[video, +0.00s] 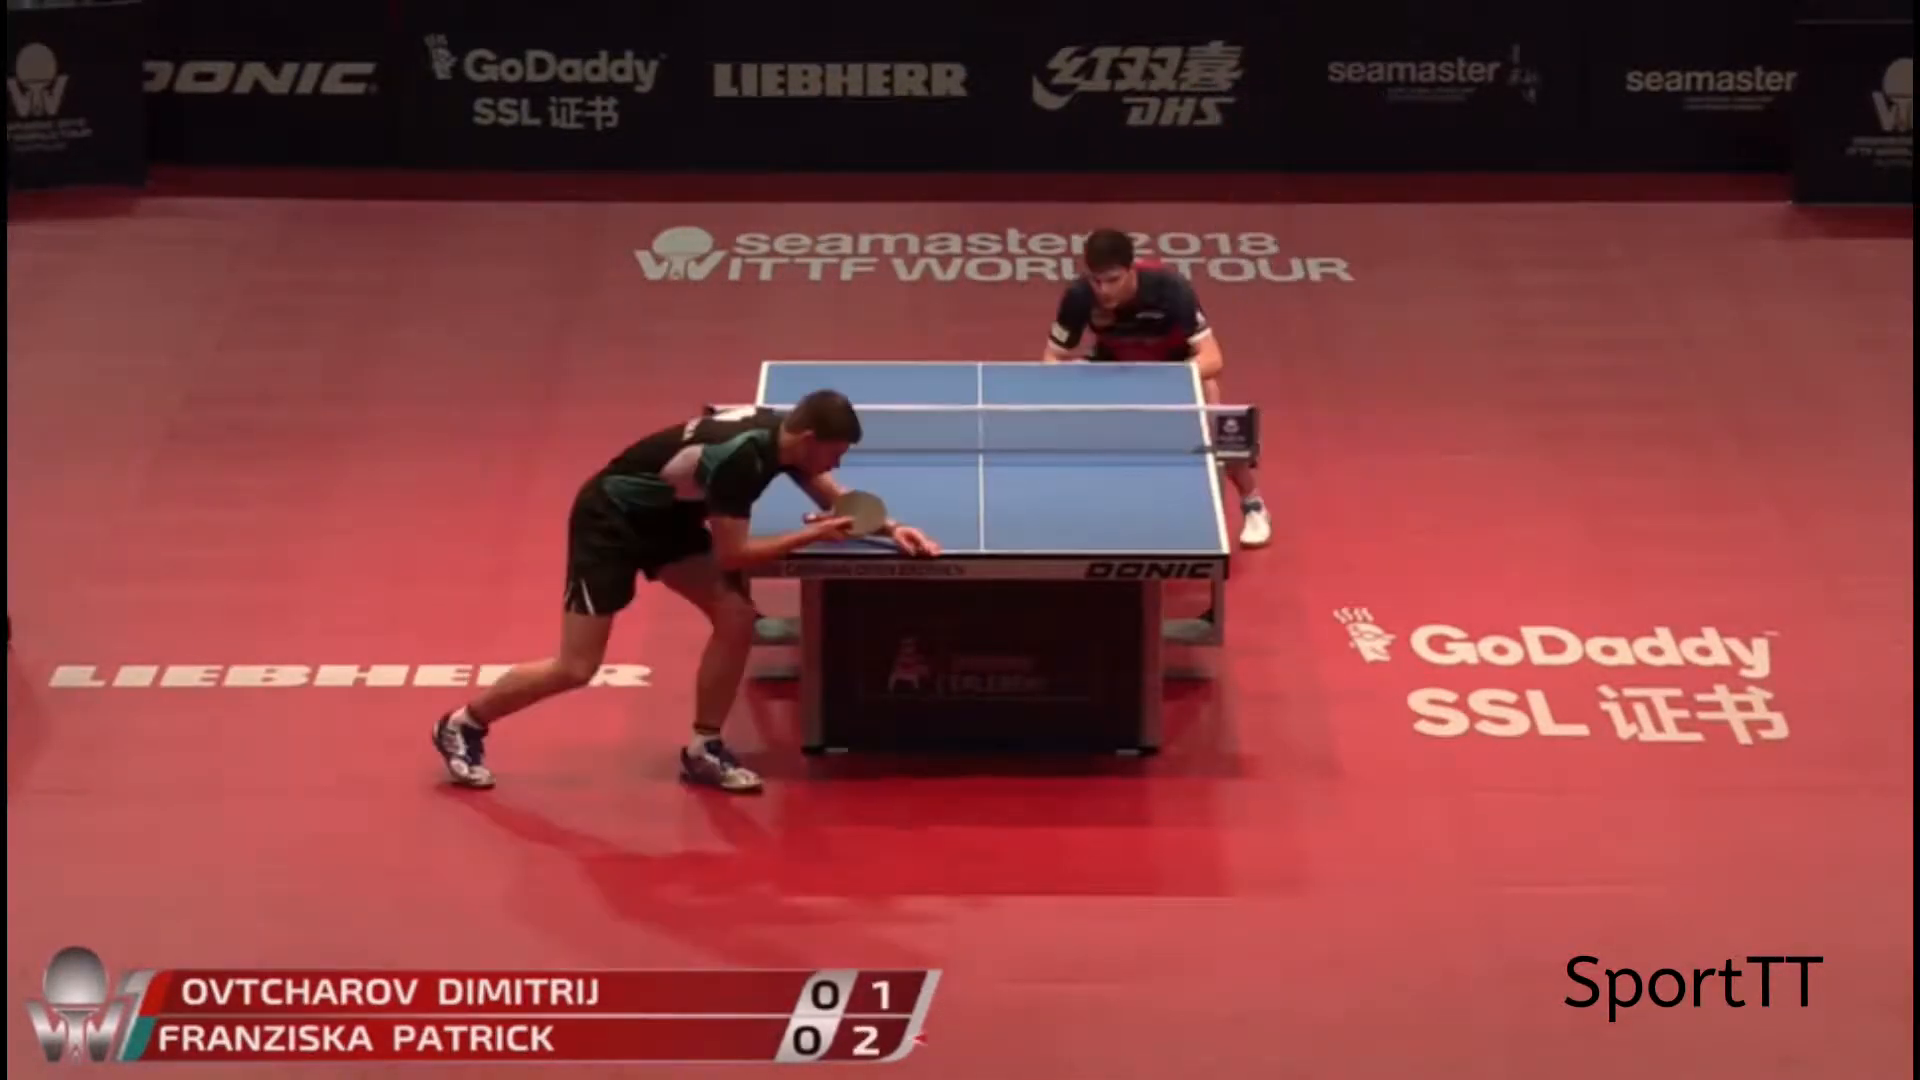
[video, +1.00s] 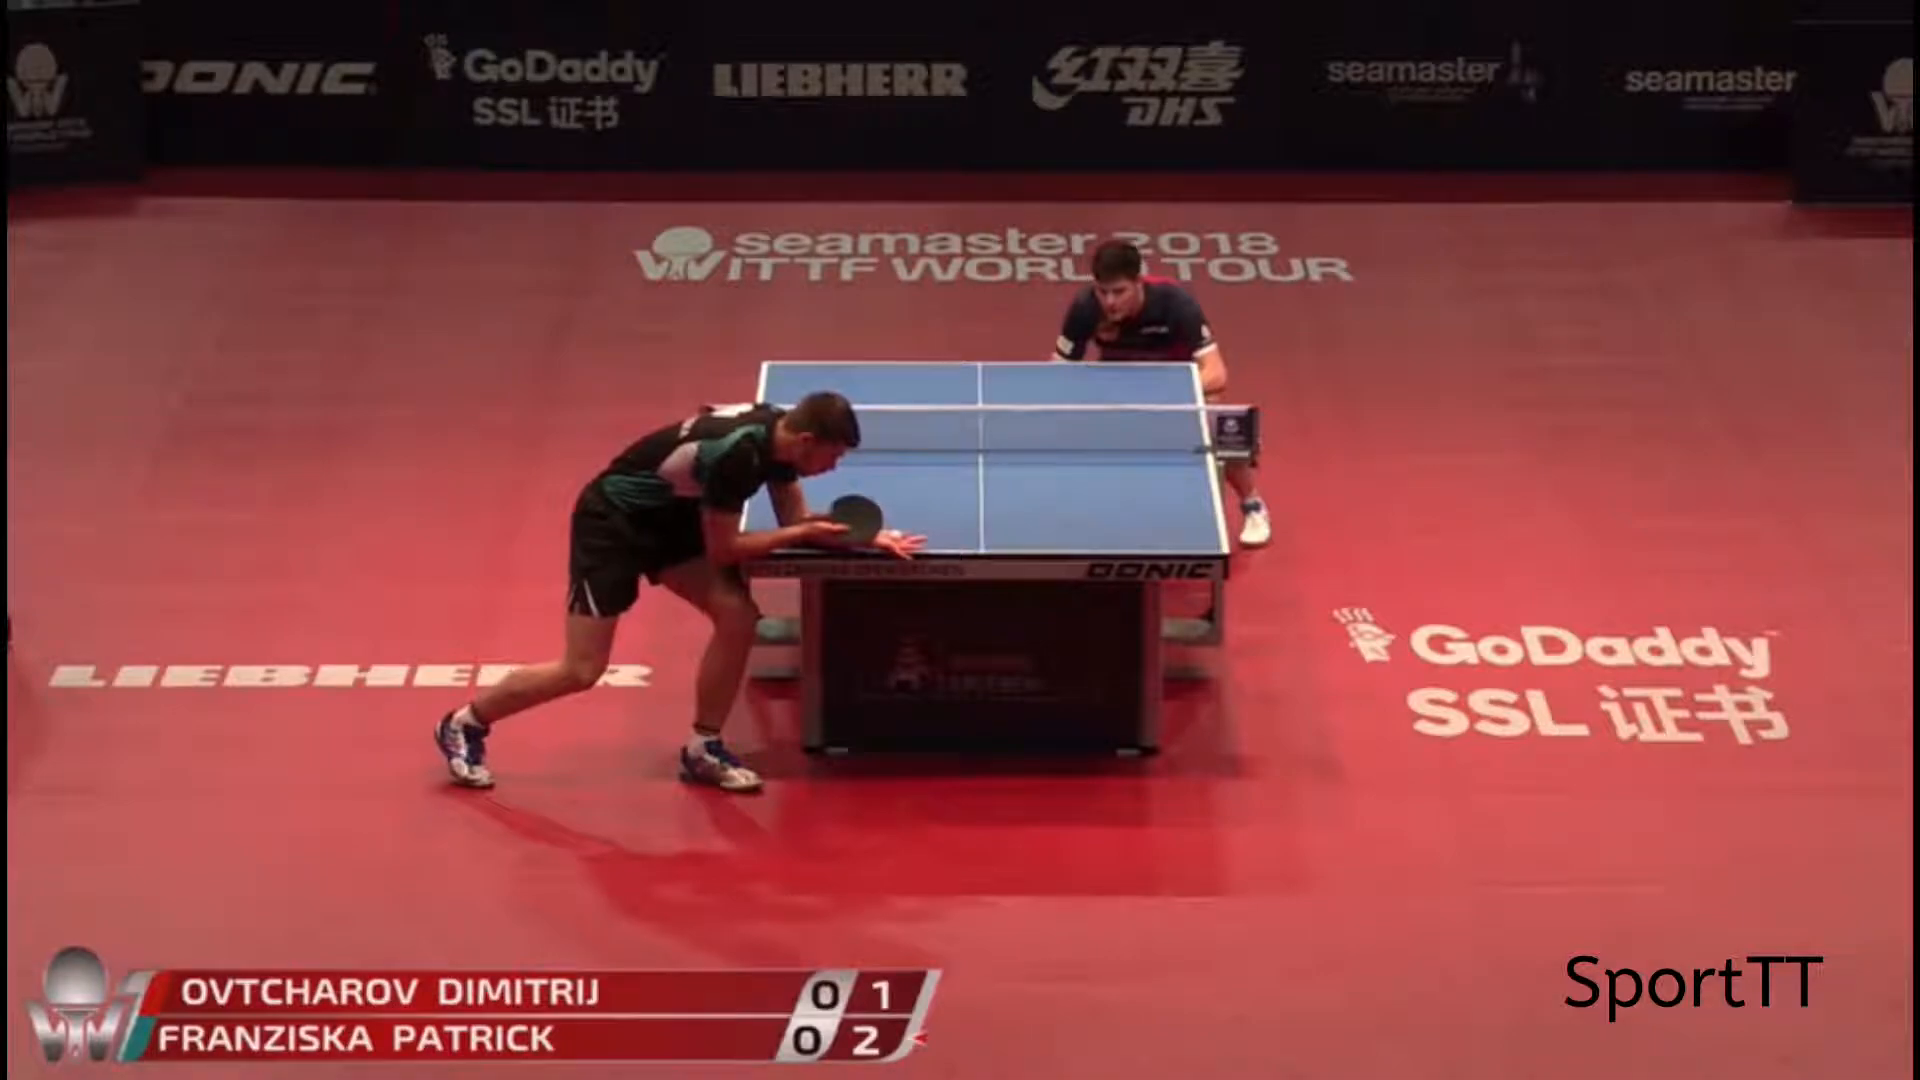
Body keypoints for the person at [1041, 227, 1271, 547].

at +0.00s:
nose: (1103, 290)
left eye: (1112, 281)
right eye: (1096, 281)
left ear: (1132, 270)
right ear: (1088, 272)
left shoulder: (1171, 290)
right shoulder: (1080, 297)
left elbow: (1212, 360)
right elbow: (1053, 358)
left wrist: (1166, 380)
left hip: (1172, 375)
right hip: (1109, 377)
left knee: (1209, 396)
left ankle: (1252, 503)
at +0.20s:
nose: (1106, 297)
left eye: (1115, 287)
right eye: (1098, 288)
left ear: (1135, 277)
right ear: (1091, 280)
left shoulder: (1174, 296)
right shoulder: (1083, 301)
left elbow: (1214, 366)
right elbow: (1052, 370)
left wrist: (1165, 387)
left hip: (1175, 376)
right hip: (1113, 378)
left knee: (1209, 401)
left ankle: (1252, 503)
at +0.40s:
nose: (1107, 300)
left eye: (1116, 289)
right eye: (1100, 290)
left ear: (1136, 280)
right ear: (1092, 282)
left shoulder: (1174, 299)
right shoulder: (1084, 303)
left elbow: (1214, 370)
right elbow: (1054, 371)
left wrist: (1164, 389)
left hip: (1176, 380)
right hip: (1115, 383)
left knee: (1212, 412)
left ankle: (1252, 504)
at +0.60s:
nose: (1108, 303)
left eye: (1117, 293)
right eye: (1101, 294)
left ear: (1138, 283)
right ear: (1093, 287)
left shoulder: (1172, 301)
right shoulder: (1085, 305)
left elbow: (1215, 372)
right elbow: (1055, 372)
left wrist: (1166, 392)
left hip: (1177, 386)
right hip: (1115, 388)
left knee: (1216, 424)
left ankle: (1252, 504)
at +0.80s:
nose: (1109, 305)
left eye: (1118, 294)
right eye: (1102, 295)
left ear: (1139, 283)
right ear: (1094, 287)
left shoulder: (1174, 302)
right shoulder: (1085, 308)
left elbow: (1215, 375)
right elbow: (1057, 374)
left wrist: (1165, 394)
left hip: (1176, 393)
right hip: (1116, 395)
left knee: (1219, 428)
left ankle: (1252, 504)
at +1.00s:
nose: (1110, 302)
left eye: (1118, 292)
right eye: (1102, 292)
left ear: (1140, 281)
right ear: (1094, 285)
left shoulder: (1175, 303)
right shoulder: (1086, 307)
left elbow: (1216, 374)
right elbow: (1058, 374)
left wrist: (1166, 394)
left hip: (1175, 394)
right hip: (1115, 395)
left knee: (1221, 430)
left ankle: (1252, 505)